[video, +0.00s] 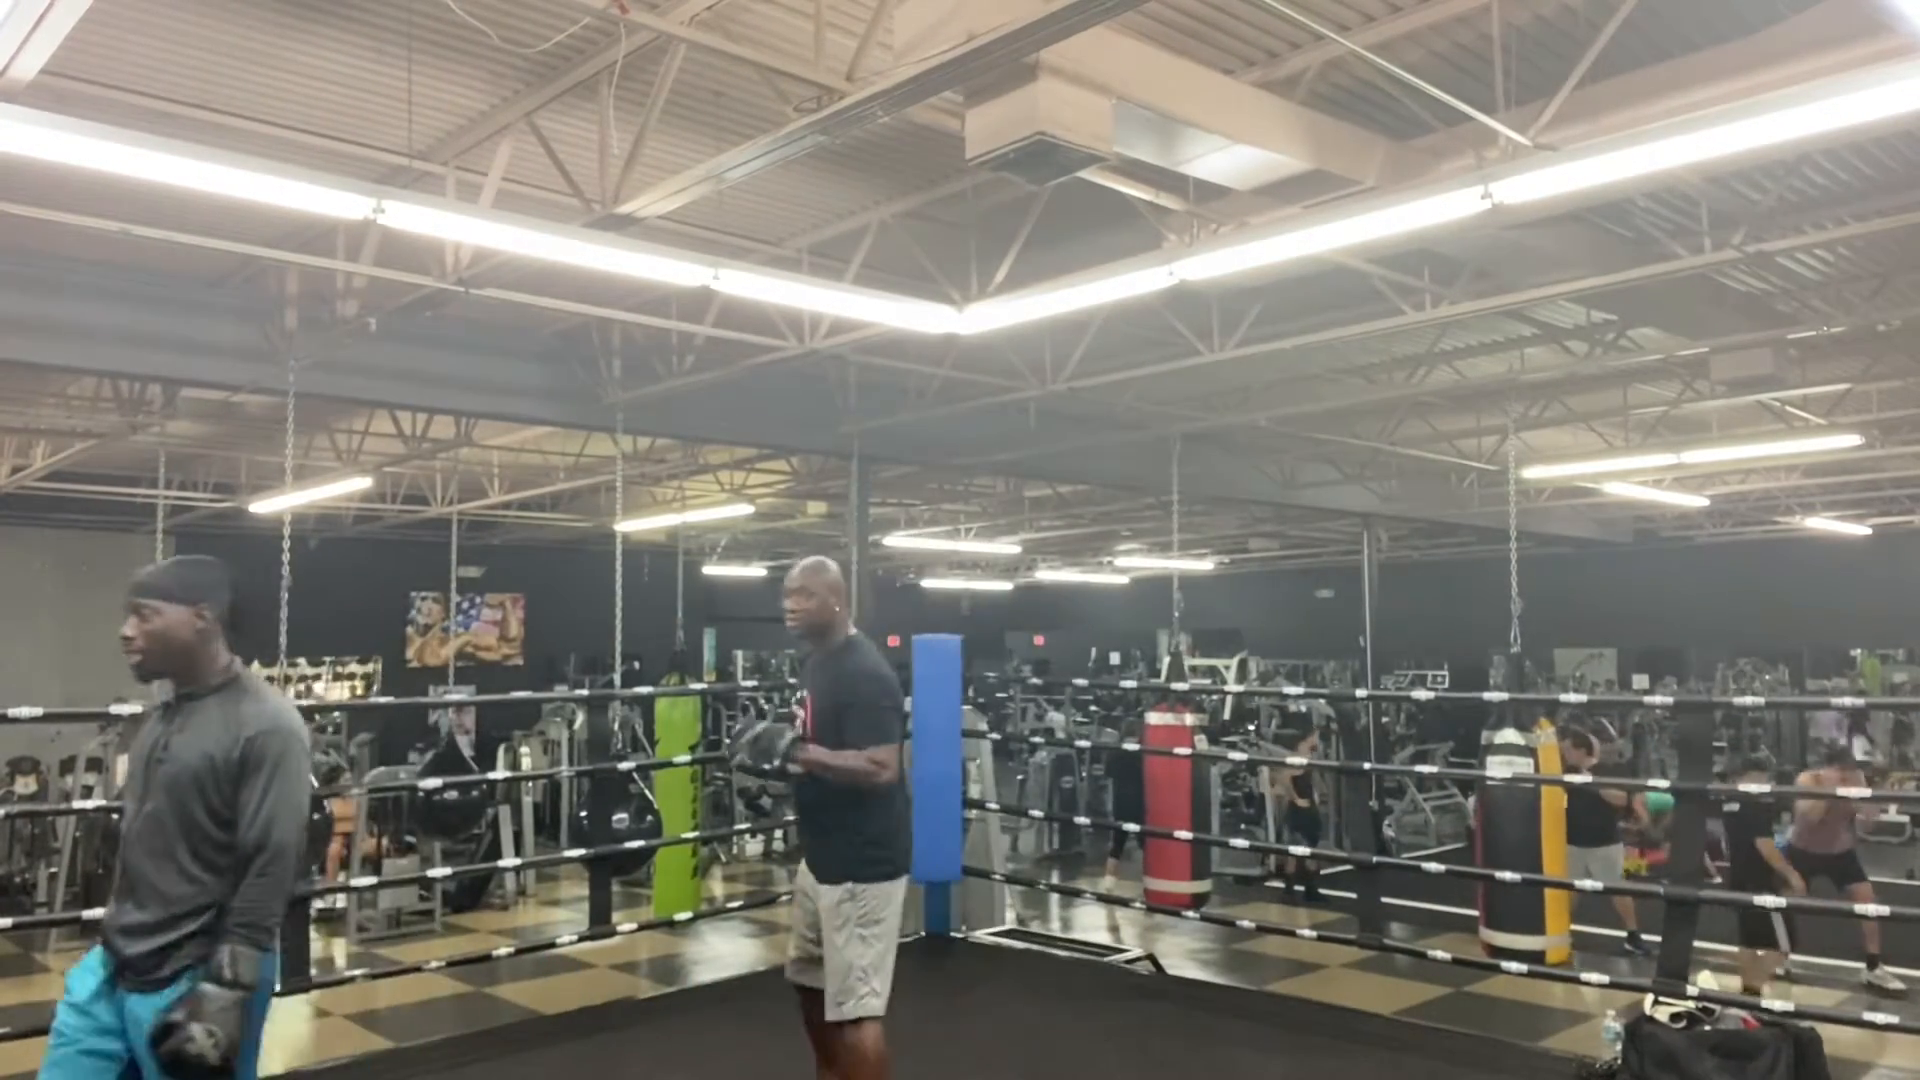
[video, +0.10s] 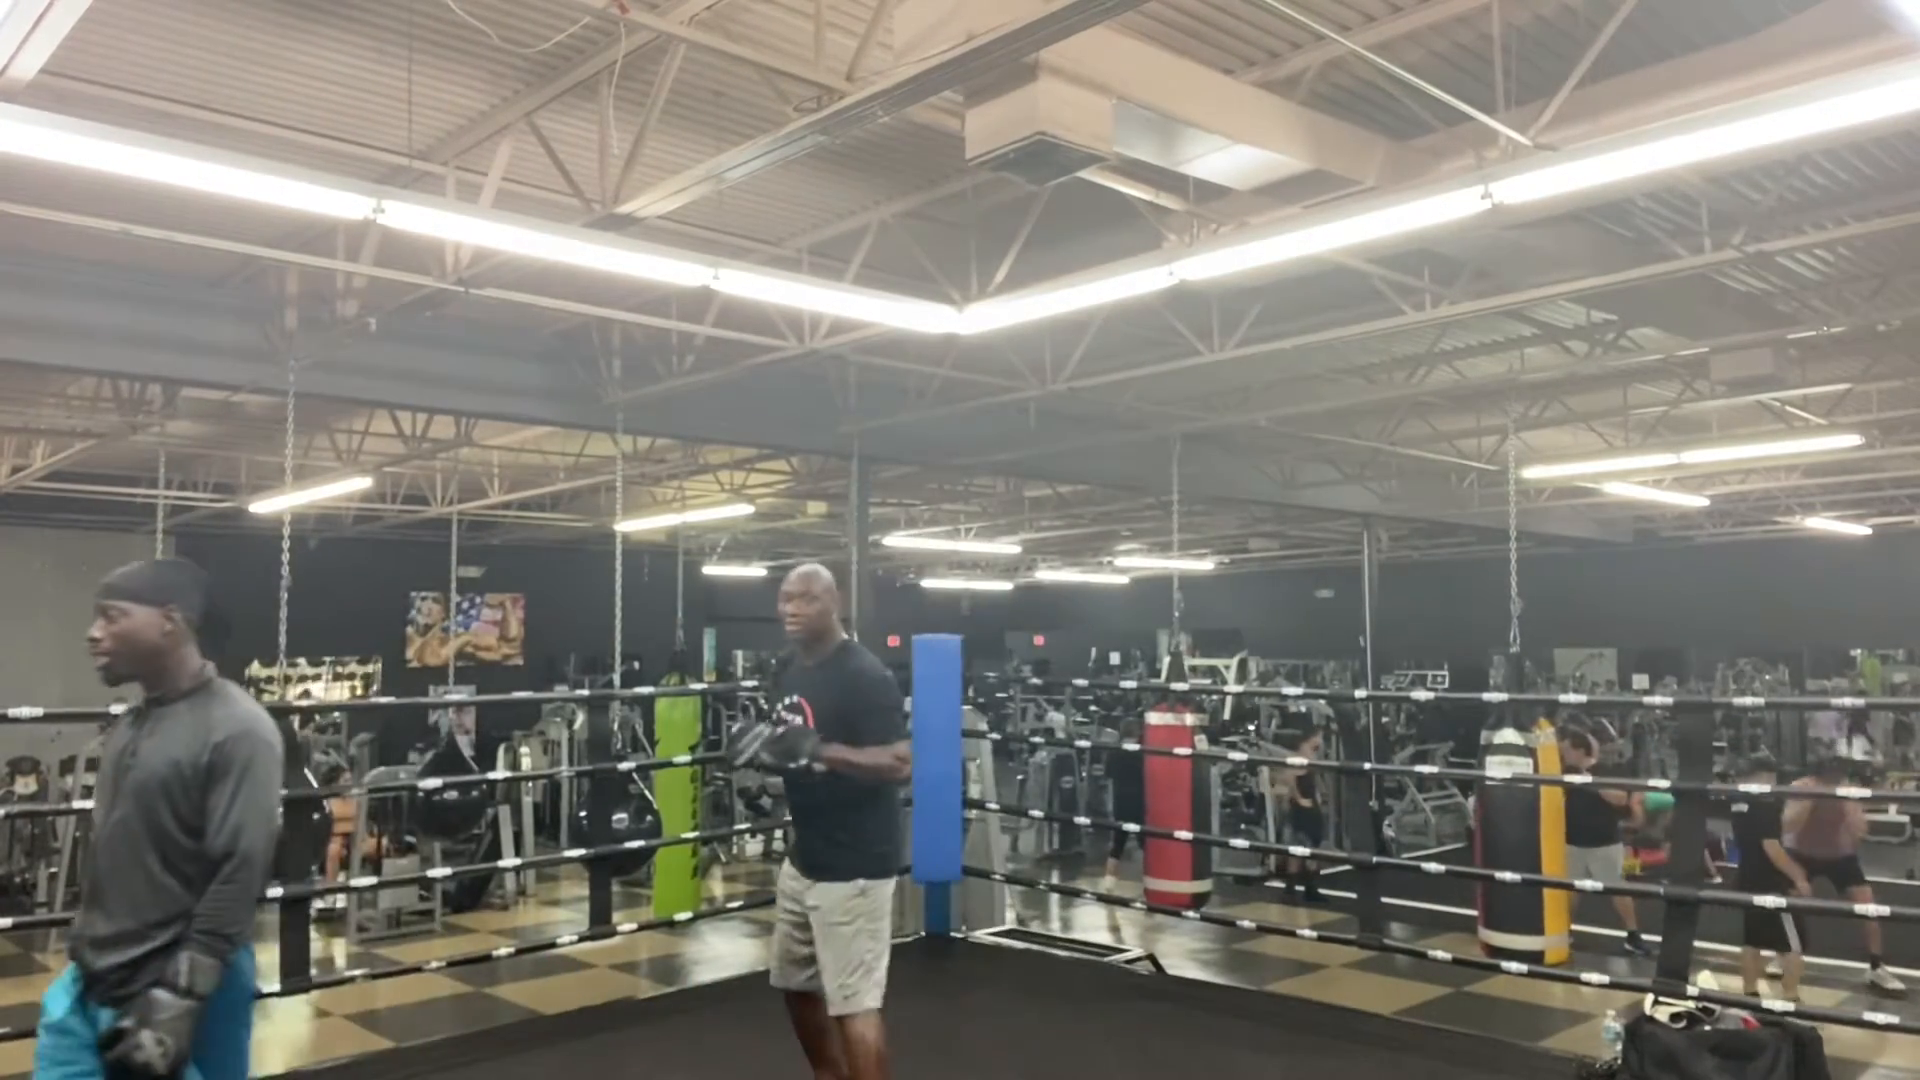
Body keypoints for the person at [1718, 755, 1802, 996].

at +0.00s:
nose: (1764, 784)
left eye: (1764, 778)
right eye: (1760, 778)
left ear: (1739, 778)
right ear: (1754, 778)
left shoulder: (1730, 804)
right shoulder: (1757, 804)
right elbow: (1765, 844)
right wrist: (1791, 874)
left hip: (1740, 878)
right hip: (1759, 881)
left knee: (1749, 941)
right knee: (1781, 947)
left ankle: (1750, 992)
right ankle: (1752, 985)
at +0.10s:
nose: (1773, 780)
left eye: (1772, 775)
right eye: (1770, 775)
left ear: (1747, 775)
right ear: (1764, 776)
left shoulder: (1737, 801)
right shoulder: (1764, 802)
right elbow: (1771, 846)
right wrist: (1798, 876)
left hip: (1748, 879)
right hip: (1770, 882)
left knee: (1752, 942)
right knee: (1793, 946)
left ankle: (1750, 995)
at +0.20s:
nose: (1788, 789)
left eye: (1787, 784)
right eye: (1786, 784)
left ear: (1765, 783)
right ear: (1781, 784)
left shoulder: (1751, 807)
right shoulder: (1778, 811)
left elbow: (1764, 850)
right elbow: (1784, 852)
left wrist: (1797, 867)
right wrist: (1803, 882)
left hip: (1760, 882)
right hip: (1782, 883)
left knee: (1757, 943)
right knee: (1803, 944)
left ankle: (1751, 994)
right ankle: (1823, 999)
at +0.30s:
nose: (1804, 790)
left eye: (1802, 783)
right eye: (1801, 784)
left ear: (1778, 782)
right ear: (1794, 784)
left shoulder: (1762, 806)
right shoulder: (1791, 813)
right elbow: (1797, 857)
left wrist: (1806, 871)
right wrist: (1811, 888)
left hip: (1772, 885)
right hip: (1794, 887)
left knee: (1766, 945)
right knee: (1819, 947)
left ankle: (1753, 994)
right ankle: (1830, 1003)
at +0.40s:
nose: (1821, 796)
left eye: (1821, 790)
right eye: (1818, 789)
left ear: (1787, 785)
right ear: (1805, 787)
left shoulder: (1774, 808)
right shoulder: (1802, 814)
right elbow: (1808, 859)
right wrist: (1825, 892)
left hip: (1787, 888)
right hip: (1808, 890)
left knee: (1778, 942)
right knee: (1830, 951)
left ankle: (1757, 989)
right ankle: (1833, 1005)